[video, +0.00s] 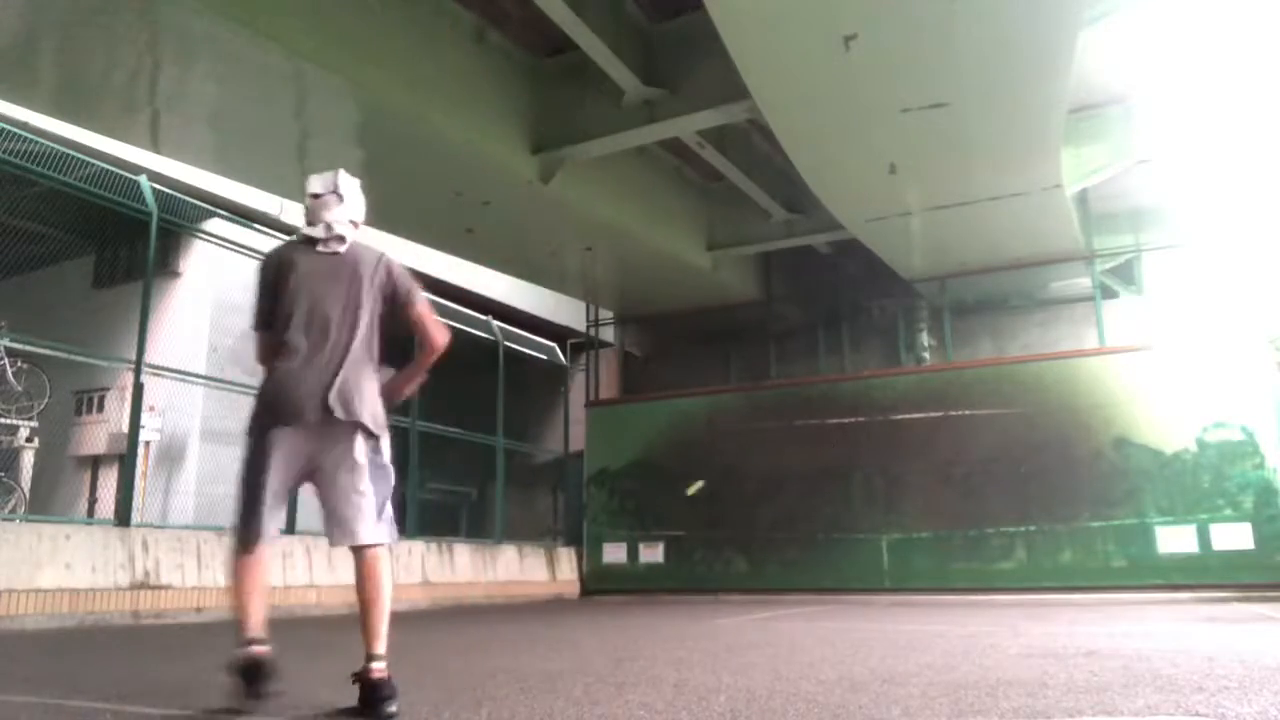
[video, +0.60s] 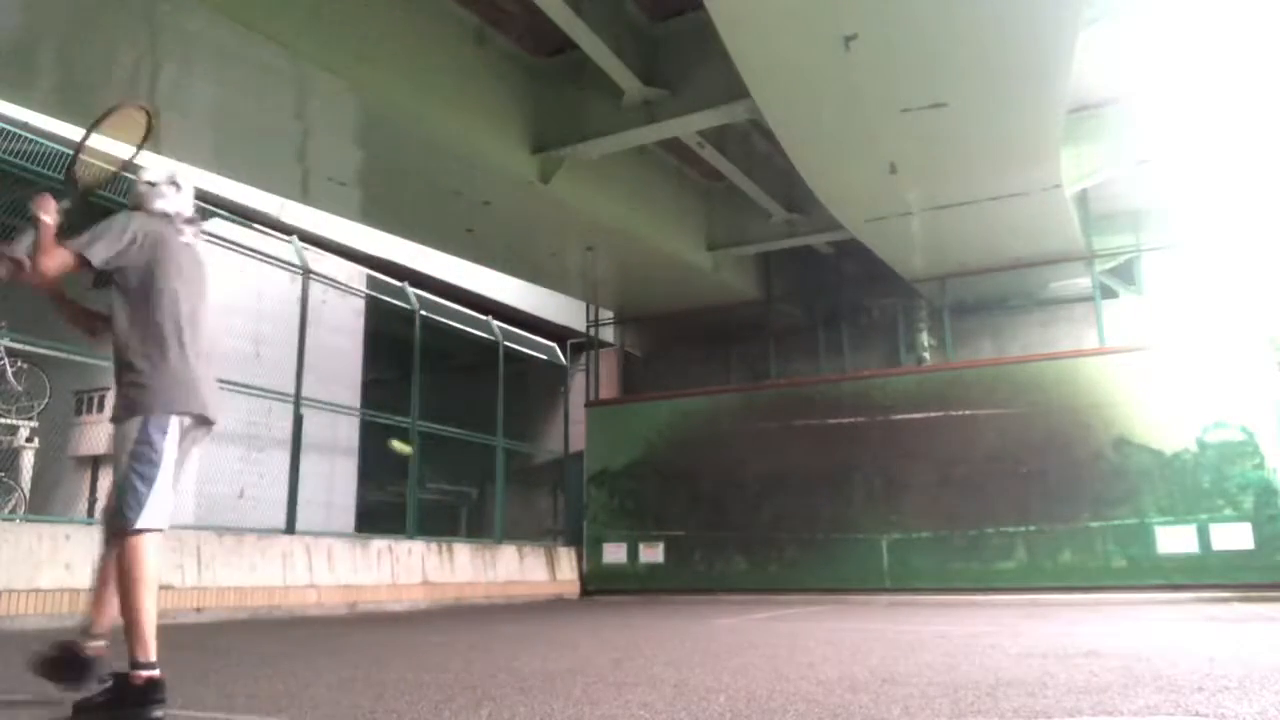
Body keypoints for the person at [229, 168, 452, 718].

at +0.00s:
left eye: (321, 211)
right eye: (345, 212)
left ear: (308, 215)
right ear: (358, 216)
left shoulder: (280, 262)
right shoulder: (383, 266)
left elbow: (267, 350)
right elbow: (435, 338)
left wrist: (302, 357)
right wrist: (400, 385)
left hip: (283, 416)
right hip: (355, 417)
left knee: (253, 538)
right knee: (370, 543)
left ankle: (254, 646)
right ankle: (376, 673)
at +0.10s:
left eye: (295, 211)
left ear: (283, 212)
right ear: (335, 213)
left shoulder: (257, 256)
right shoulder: (362, 264)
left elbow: (234, 344)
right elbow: (386, 357)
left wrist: (272, 366)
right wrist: (340, 382)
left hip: (266, 416)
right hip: (338, 418)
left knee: (213, 535)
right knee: (359, 543)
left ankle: (187, 661)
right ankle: (375, 676)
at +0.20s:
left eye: (264, 208)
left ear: (256, 210)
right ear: (304, 214)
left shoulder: (228, 252)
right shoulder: (328, 267)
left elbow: (188, 335)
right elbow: (339, 323)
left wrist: (211, 322)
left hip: (234, 423)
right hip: (306, 426)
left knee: (173, 537)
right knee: (340, 545)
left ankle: (147, 672)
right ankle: (375, 671)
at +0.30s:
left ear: (224, 206)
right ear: (273, 214)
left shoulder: (199, 244)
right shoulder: (292, 267)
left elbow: (143, 321)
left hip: (200, 410)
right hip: (270, 418)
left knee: (143, 535)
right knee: (281, 539)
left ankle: (142, 674)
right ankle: (338, 640)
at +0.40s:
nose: (182, 203)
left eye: (188, 195)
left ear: (195, 198)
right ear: (241, 208)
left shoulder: (181, 230)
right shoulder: (256, 259)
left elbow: (99, 307)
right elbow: (199, 341)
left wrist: (106, 274)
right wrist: (123, 328)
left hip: (185, 403)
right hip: (241, 412)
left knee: (137, 530)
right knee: (206, 528)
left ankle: (142, 675)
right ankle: (257, 619)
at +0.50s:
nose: (156, 193)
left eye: (161, 188)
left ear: (166, 194)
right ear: (210, 204)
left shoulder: (156, 225)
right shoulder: (220, 253)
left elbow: (69, 282)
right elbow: (151, 332)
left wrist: (70, 247)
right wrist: (74, 298)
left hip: (166, 396)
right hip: (215, 399)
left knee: (139, 528)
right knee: (159, 526)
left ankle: (141, 675)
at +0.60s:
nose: (131, 202)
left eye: (136, 196)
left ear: (141, 199)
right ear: (184, 207)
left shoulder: (140, 229)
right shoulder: (189, 252)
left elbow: (47, 267)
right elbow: (105, 328)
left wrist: (48, 222)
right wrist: (41, 284)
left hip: (155, 400)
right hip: (193, 401)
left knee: (131, 530)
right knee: (119, 524)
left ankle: (144, 674)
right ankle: (87, 648)